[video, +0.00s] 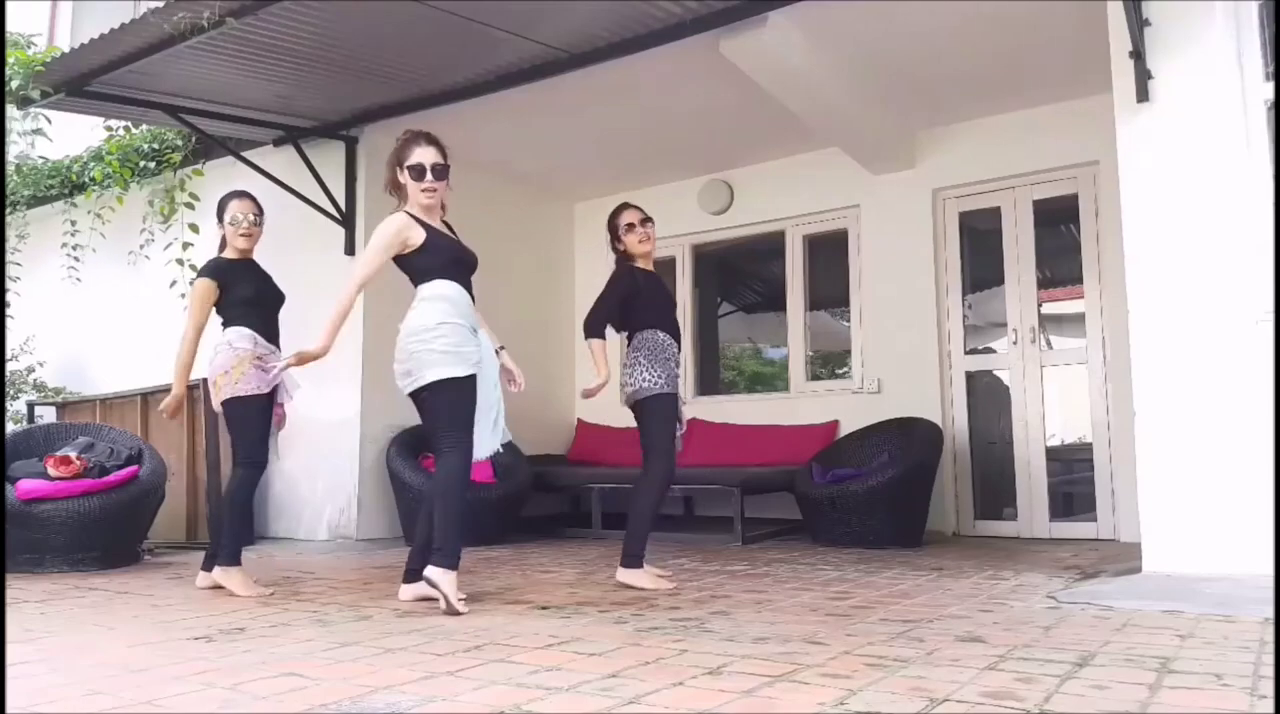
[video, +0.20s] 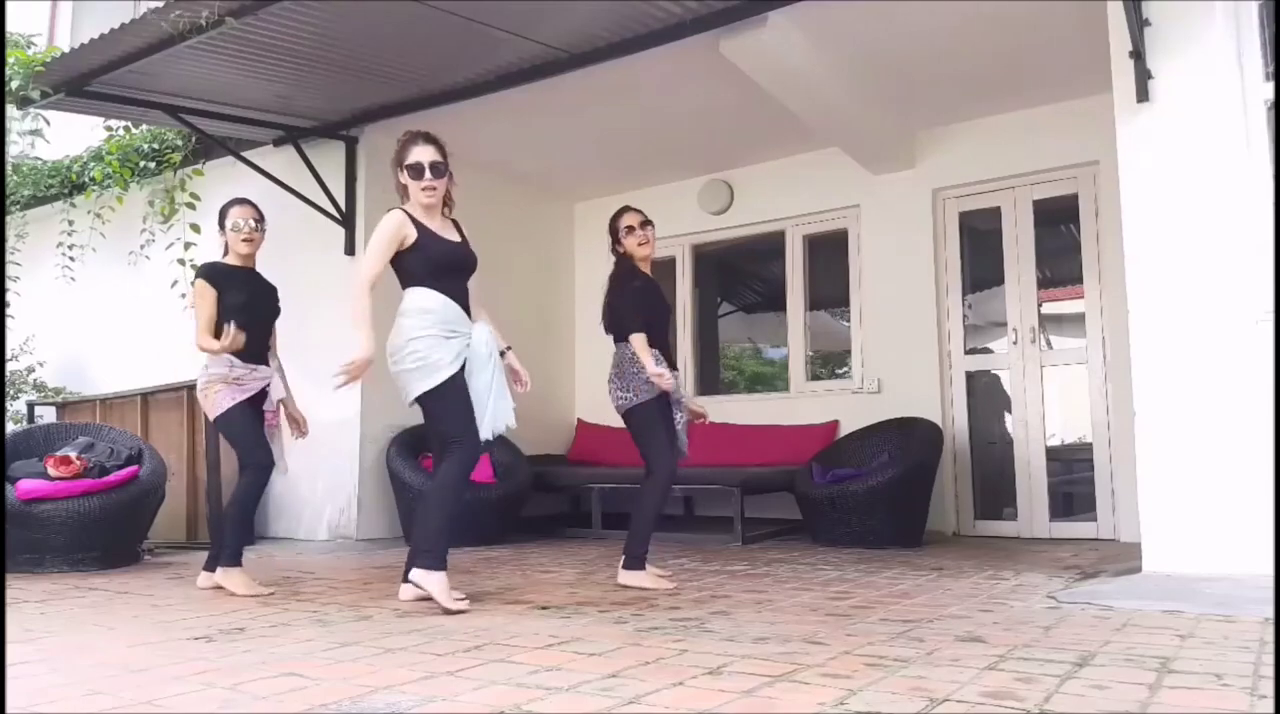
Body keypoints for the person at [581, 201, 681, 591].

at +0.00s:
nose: (641, 230)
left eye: (644, 222)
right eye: (629, 228)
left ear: (654, 229)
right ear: (619, 242)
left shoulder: (654, 277)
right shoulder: (626, 274)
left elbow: (662, 335)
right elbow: (594, 322)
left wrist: (675, 396)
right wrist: (603, 373)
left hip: (663, 375)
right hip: (647, 375)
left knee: (661, 470)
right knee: (657, 469)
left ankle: (636, 561)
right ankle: (630, 565)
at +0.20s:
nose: (641, 233)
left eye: (645, 226)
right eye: (630, 231)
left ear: (654, 232)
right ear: (619, 244)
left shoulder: (644, 282)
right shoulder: (630, 279)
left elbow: (652, 350)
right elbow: (632, 327)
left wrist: (681, 402)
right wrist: (650, 365)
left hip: (646, 377)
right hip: (635, 377)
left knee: (662, 466)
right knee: (661, 466)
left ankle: (636, 559)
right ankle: (633, 565)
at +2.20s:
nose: (640, 237)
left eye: (643, 229)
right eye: (629, 235)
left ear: (654, 234)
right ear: (621, 247)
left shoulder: (662, 287)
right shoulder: (626, 277)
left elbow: (667, 349)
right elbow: (587, 319)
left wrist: (684, 396)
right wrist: (594, 367)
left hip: (665, 382)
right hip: (644, 380)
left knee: (667, 469)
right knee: (655, 467)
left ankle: (634, 552)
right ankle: (622, 560)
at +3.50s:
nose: (638, 263)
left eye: (646, 257)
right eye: (631, 257)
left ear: (657, 265)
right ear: (623, 264)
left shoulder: (668, 312)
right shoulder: (610, 300)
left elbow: (685, 364)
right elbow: (598, 350)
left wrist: (716, 409)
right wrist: (614, 360)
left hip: (670, 398)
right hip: (631, 398)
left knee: (662, 479)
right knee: (601, 467)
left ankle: (659, 556)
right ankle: (595, 558)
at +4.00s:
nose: (655, 261)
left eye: (663, 255)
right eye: (648, 254)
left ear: (676, 261)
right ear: (641, 261)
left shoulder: (688, 302)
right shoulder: (645, 303)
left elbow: (711, 355)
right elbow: (635, 350)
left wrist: (738, 400)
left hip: (651, 400)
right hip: (618, 396)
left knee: (659, 487)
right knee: (605, 478)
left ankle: (714, 546)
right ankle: (614, 555)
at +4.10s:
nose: (666, 253)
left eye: (675, 247)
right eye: (660, 247)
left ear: (689, 254)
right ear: (654, 254)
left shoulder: (699, 296)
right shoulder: (658, 298)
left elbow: (719, 353)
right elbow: (645, 344)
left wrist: (744, 400)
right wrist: (630, 375)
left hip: (662, 394)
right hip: (627, 394)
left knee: (689, 476)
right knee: (614, 476)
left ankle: (741, 543)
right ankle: (615, 555)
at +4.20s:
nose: (682, 247)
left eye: (691, 241)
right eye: (676, 241)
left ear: (706, 247)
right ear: (670, 248)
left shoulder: (715, 287)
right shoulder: (676, 291)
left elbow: (721, 344)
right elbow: (669, 343)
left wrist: (732, 398)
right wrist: (648, 385)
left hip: (690, 387)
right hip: (651, 386)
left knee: (728, 467)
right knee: (627, 469)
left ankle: (783, 540)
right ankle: (616, 552)